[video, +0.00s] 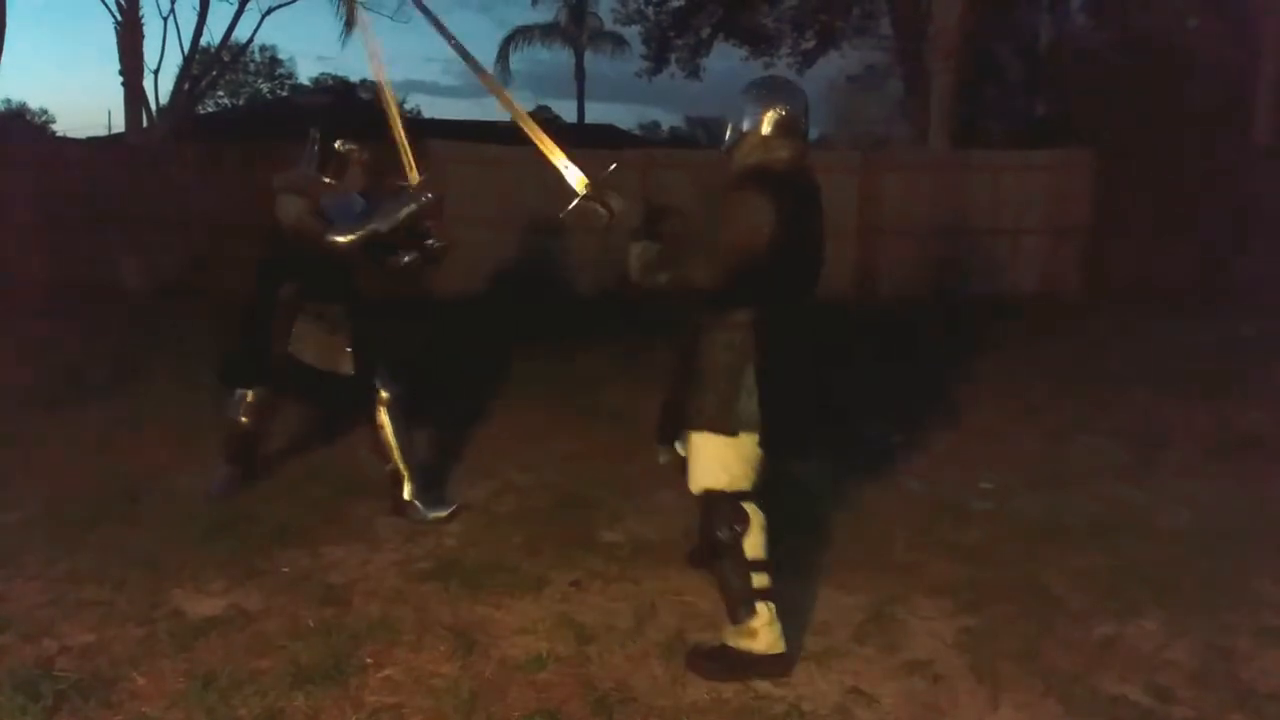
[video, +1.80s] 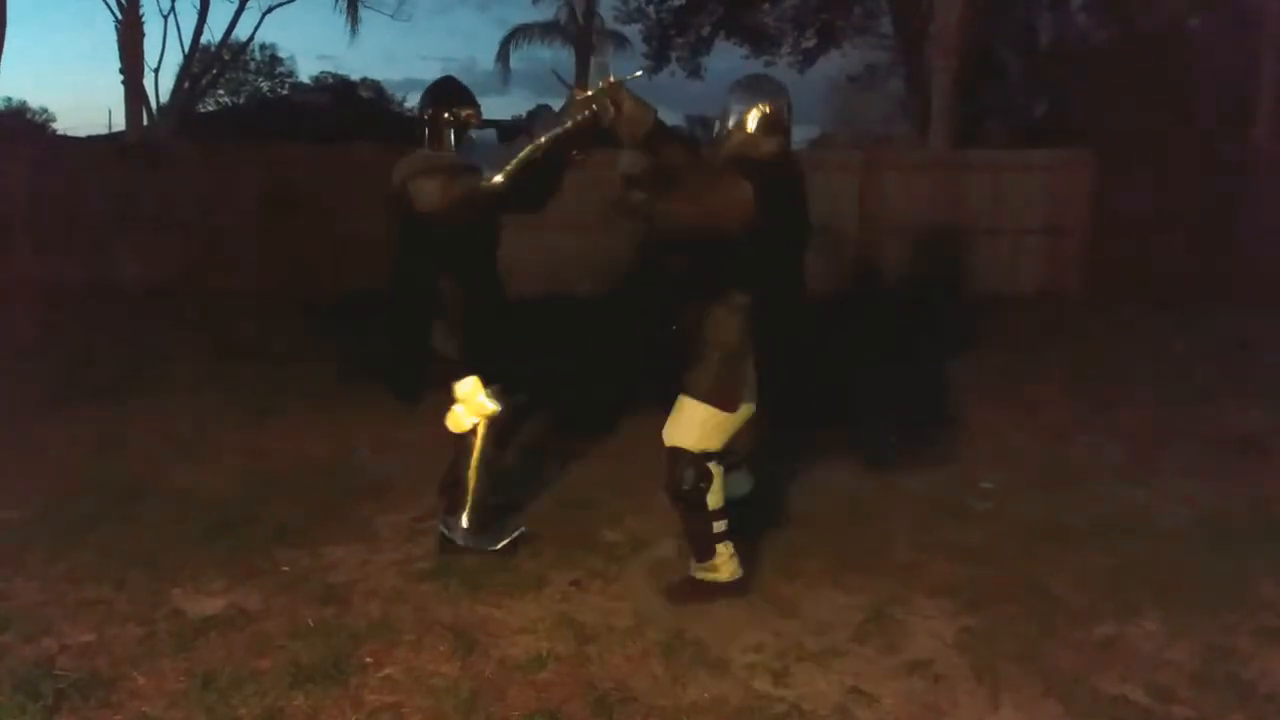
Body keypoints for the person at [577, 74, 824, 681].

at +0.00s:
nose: (733, 129)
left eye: (742, 117)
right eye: (740, 116)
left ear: (762, 123)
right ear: (791, 125)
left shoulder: (760, 188)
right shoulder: (790, 184)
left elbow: (729, 273)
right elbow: (734, 268)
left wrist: (659, 268)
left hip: (744, 354)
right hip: (763, 346)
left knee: (726, 491)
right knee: (730, 474)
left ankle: (757, 637)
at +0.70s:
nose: (727, 130)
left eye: (734, 119)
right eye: (734, 119)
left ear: (742, 121)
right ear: (788, 121)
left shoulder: (742, 181)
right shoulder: (796, 179)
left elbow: (695, 249)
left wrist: (638, 240)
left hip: (735, 343)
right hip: (769, 335)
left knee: (722, 500)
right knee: (700, 440)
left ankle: (760, 646)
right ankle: (697, 547)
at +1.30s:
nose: (749, 145)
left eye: (758, 135)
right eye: (758, 136)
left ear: (771, 137)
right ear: (809, 142)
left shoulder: (776, 198)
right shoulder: (799, 195)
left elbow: (712, 252)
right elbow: (721, 235)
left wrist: (645, 214)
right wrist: (657, 205)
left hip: (744, 362)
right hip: (782, 349)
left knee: (717, 509)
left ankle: (777, 658)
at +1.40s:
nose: (740, 146)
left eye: (748, 136)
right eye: (747, 136)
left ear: (762, 139)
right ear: (801, 142)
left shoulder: (767, 202)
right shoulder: (794, 198)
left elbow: (704, 235)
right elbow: (713, 213)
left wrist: (643, 208)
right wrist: (655, 184)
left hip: (738, 366)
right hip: (766, 359)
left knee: (725, 510)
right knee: (744, 494)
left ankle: (775, 655)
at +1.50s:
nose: (736, 143)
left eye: (744, 132)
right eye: (744, 132)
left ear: (755, 134)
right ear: (789, 136)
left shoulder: (757, 193)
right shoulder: (782, 190)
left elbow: (702, 226)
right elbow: (704, 192)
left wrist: (642, 182)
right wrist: (654, 157)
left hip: (738, 343)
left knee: (737, 486)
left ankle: (767, 632)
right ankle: (725, 525)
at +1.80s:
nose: (722, 131)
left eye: (733, 122)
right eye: (728, 122)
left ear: (752, 126)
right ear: (777, 126)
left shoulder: (755, 182)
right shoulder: (777, 175)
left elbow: (694, 207)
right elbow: (693, 164)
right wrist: (639, 122)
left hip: (740, 325)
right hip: (758, 319)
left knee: (687, 446)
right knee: (726, 422)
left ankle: (716, 564)